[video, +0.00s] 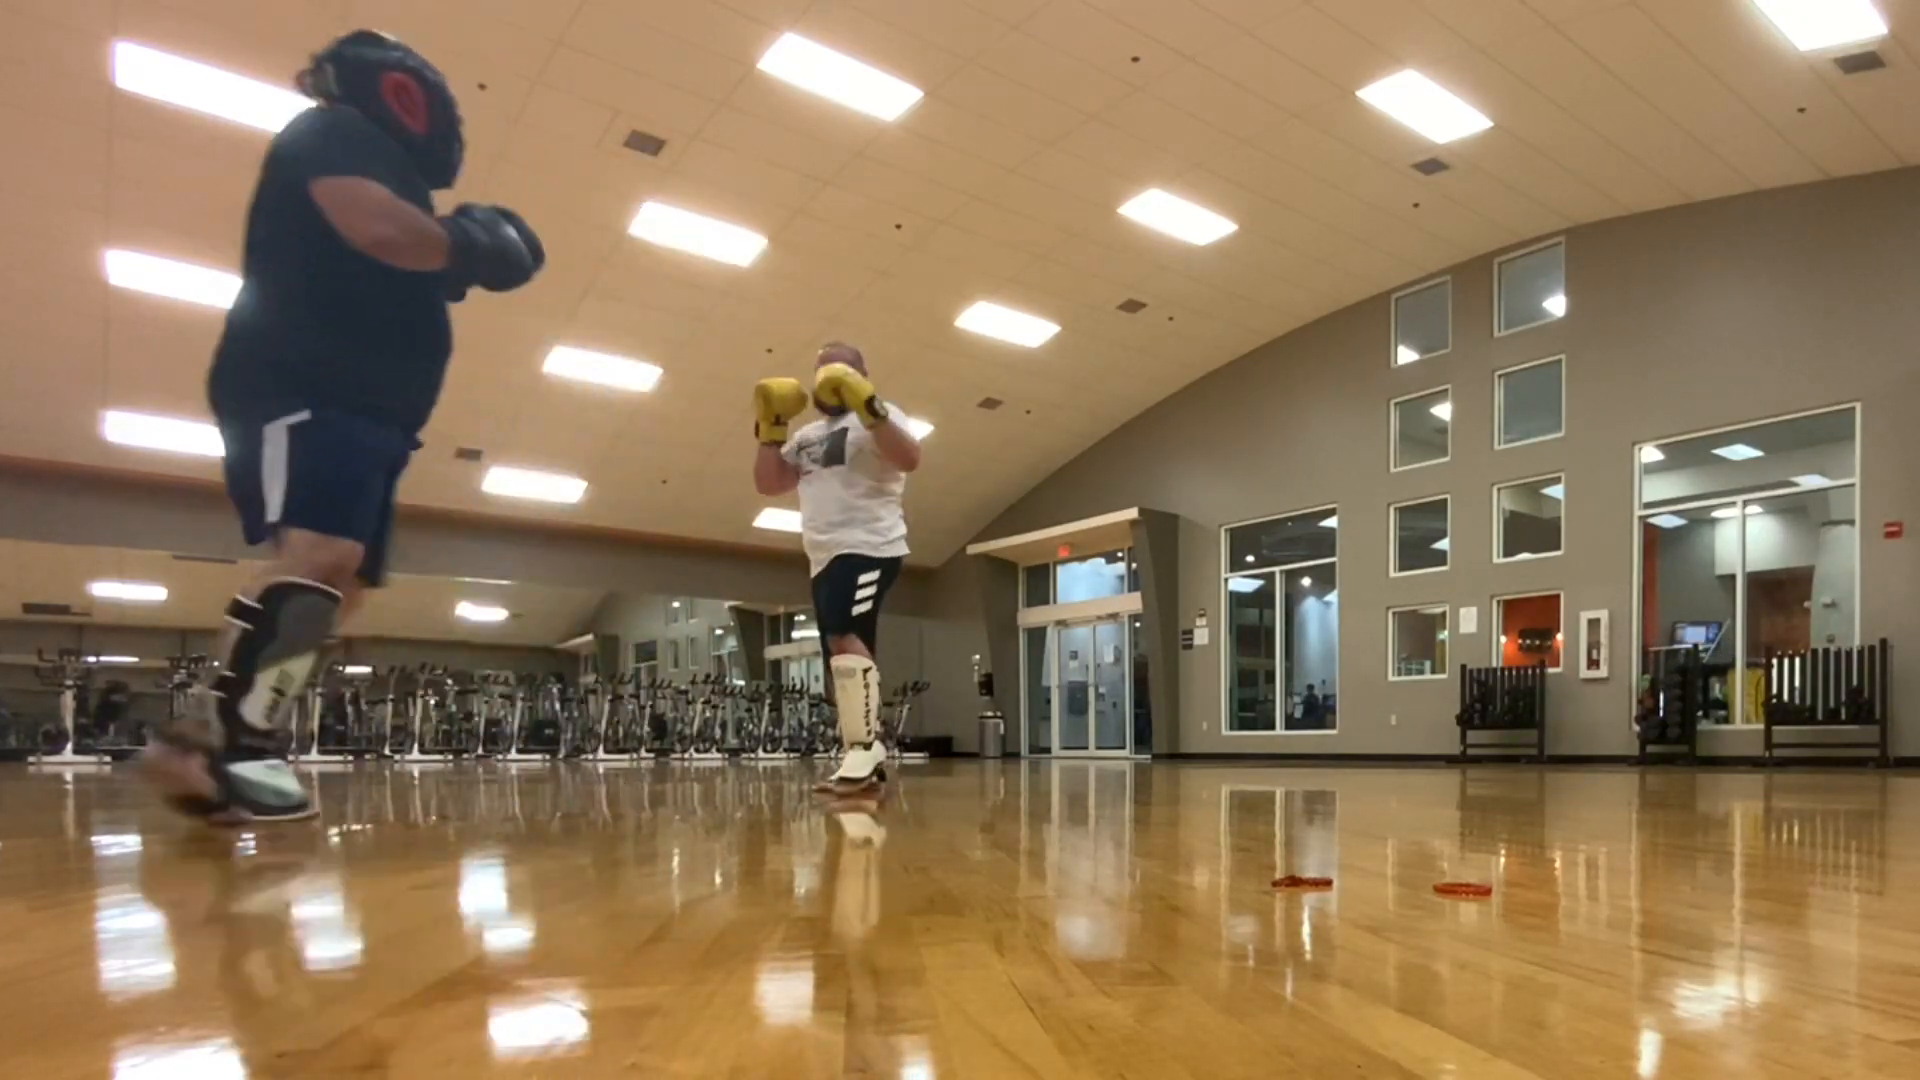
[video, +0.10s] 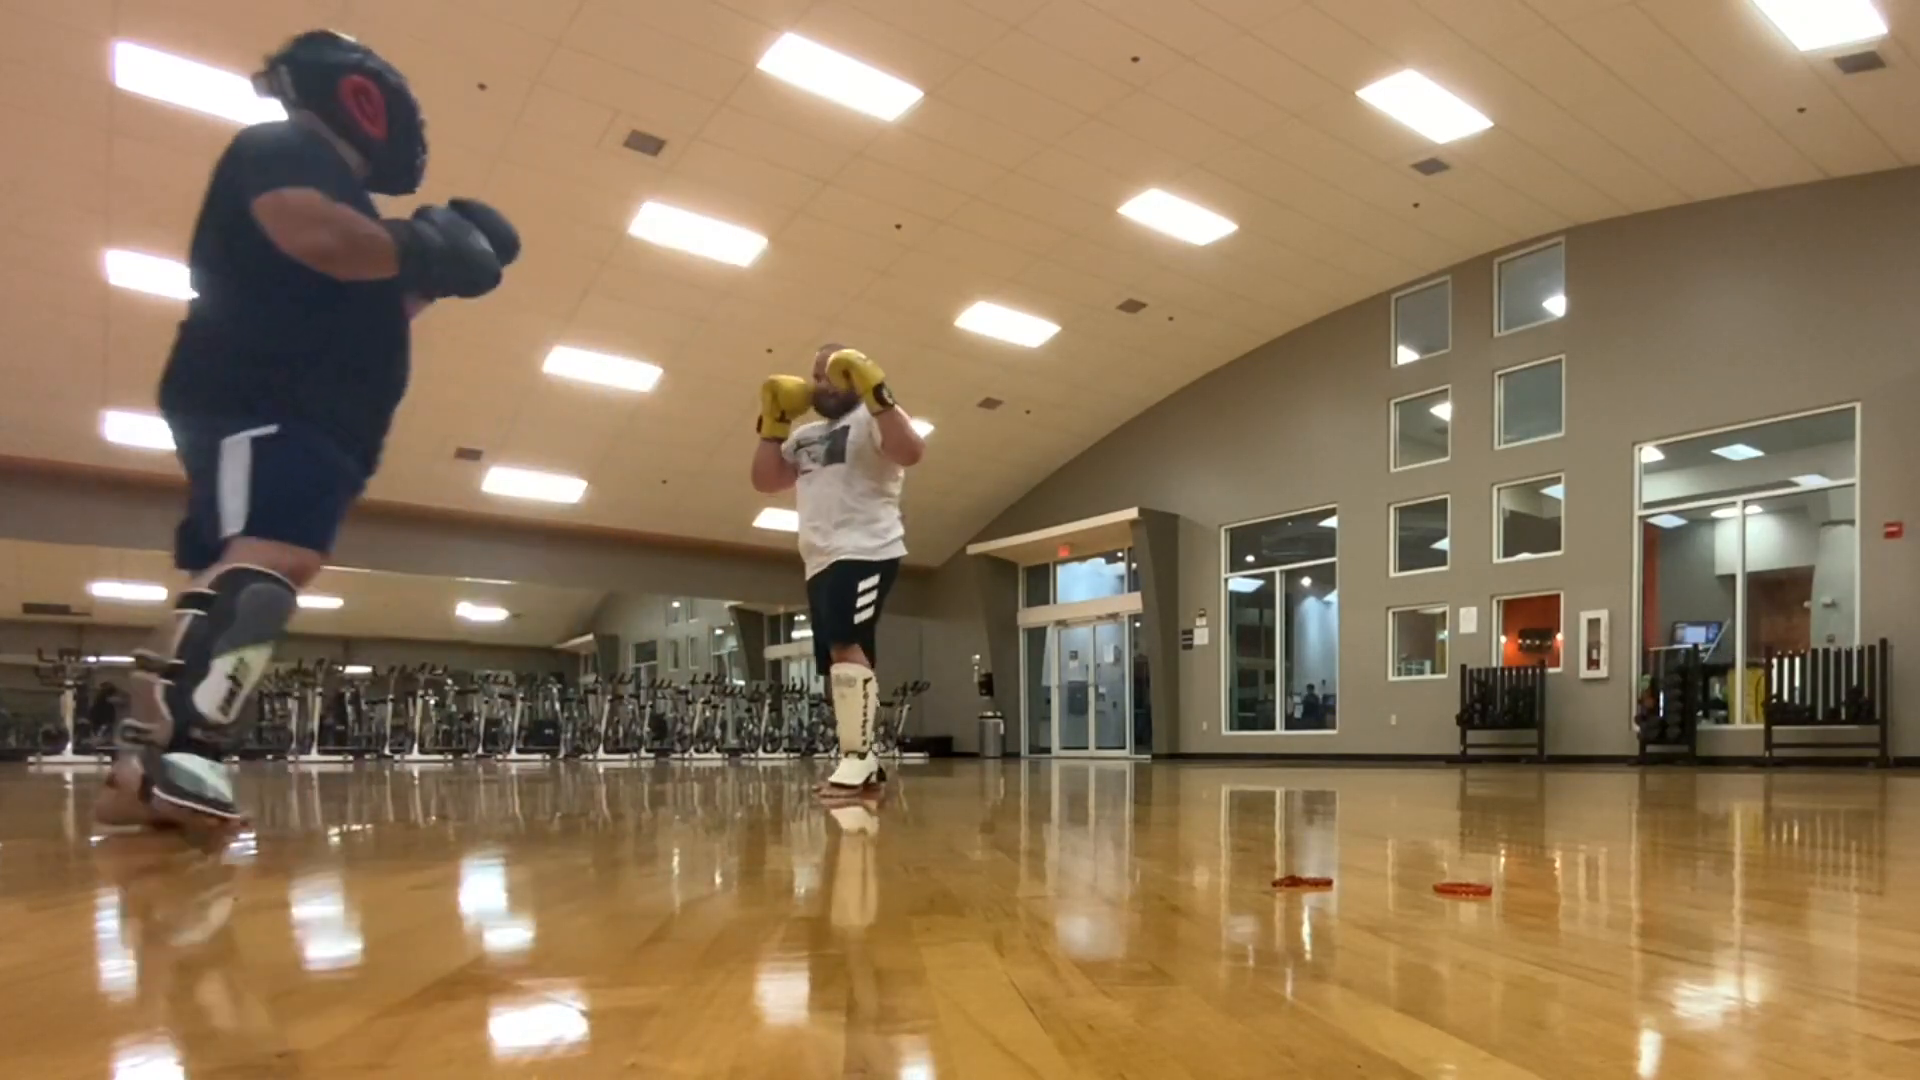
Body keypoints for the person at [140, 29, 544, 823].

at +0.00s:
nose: (442, 120)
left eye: (439, 106)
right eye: (431, 100)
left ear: (387, 98)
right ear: (394, 88)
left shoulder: (384, 165)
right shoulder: (333, 132)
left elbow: (391, 241)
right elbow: (376, 229)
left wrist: (461, 233)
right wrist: (467, 247)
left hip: (362, 399)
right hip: (311, 384)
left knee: (343, 578)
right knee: (322, 554)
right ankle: (236, 743)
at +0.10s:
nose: (403, 125)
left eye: (400, 109)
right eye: (390, 105)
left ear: (340, 106)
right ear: (353, 96)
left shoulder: (342, 200)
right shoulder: (283, 145)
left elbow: (359, 308)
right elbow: (317, 242)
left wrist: (442, 256)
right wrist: (420, 247)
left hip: (288, 406)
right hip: (270, 395)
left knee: (227, 575)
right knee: (275, 556)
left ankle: (148, 746)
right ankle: (190, 746)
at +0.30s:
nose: (353, 88)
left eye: (353, 70)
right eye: (345, 64)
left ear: (285, 50)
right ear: (308, 49)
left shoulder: (278, 126)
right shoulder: (249, 101)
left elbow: (290, 264)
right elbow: (304, 235)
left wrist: (389, 288)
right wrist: (403, 280)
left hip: (256, 402)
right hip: (197, 382)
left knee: (214, 586)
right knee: (164, 565)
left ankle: (146, 769)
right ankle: (89, 777)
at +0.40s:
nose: (344, 72)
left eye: (344, 52)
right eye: (337, 42)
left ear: (246, 22)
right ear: (297, 23)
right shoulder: (237, 72)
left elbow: (266, 256)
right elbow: (333, 215)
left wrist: (370, 297)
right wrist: (408, 267)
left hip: (237, 391)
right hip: (172, 361)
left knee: (228, 585)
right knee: (143, 546)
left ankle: (163, 775)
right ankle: (54, 764)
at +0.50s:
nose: (362, 49)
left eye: (366, 37)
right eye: (358, 28)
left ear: (292, 10)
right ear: (307, 6)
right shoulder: (240, 36)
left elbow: (264, 211)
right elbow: (350, 203)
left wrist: (371, 249)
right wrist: (410, 226)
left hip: (216, 366)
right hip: (161, 350)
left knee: (272, 562)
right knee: (128, 551)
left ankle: (152, 760)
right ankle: (40, 785)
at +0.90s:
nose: (403, 57)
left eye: (403, 46)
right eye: (398, 37)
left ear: (289, 0)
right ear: (365, 8)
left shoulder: (195, 68)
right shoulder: (334, 48)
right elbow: (447, 222)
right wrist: (472, 233)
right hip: (272, 364)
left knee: (374, 579)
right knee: (194, 567)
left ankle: (378, 789)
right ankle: (61, 782)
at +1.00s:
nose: (428, 40)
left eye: (430, 32)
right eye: (423, 25)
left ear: (308, 0)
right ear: (387, 3)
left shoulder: (243, 75)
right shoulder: (365, 48)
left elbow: (328, 219)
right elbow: (492, 216)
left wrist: (446, 233)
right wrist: (508, 233)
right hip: (331, 362)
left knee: (394, 581)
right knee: (286, 565)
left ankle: (380, 787)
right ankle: (109, 754)